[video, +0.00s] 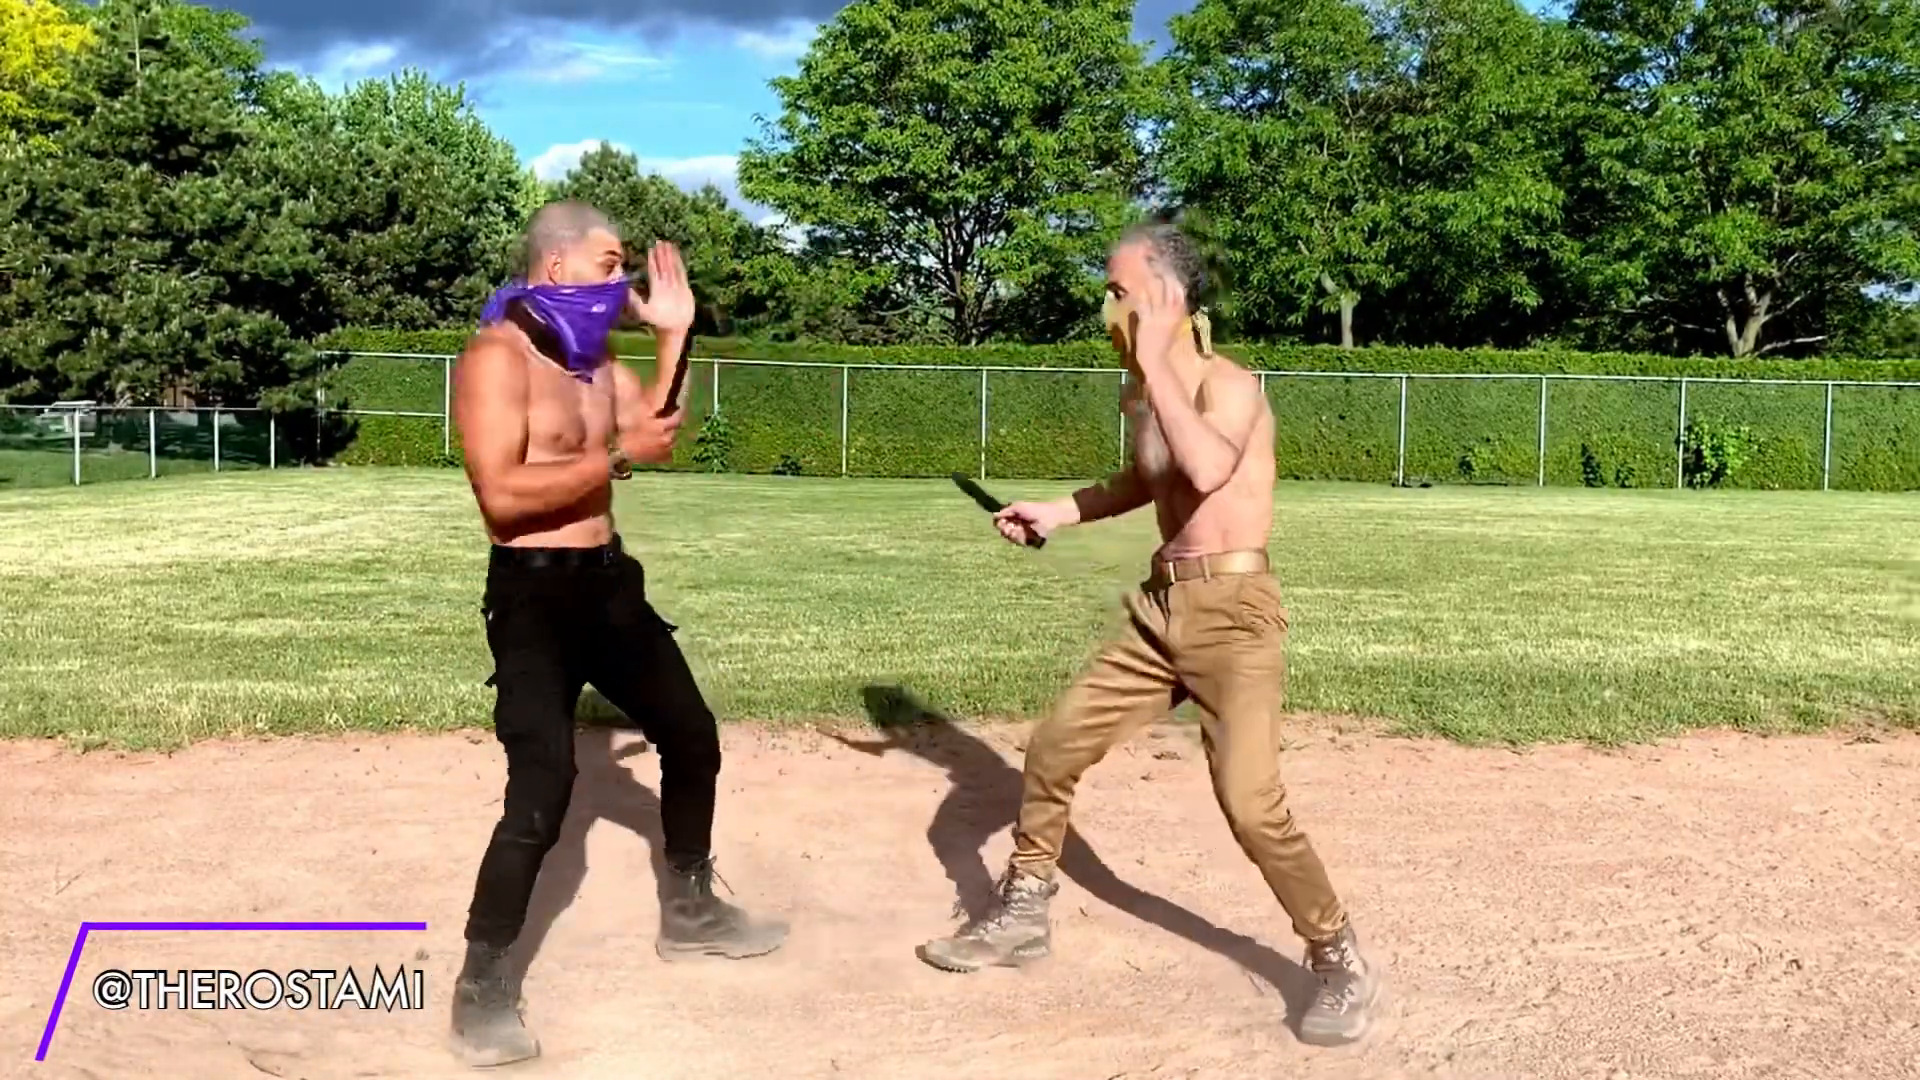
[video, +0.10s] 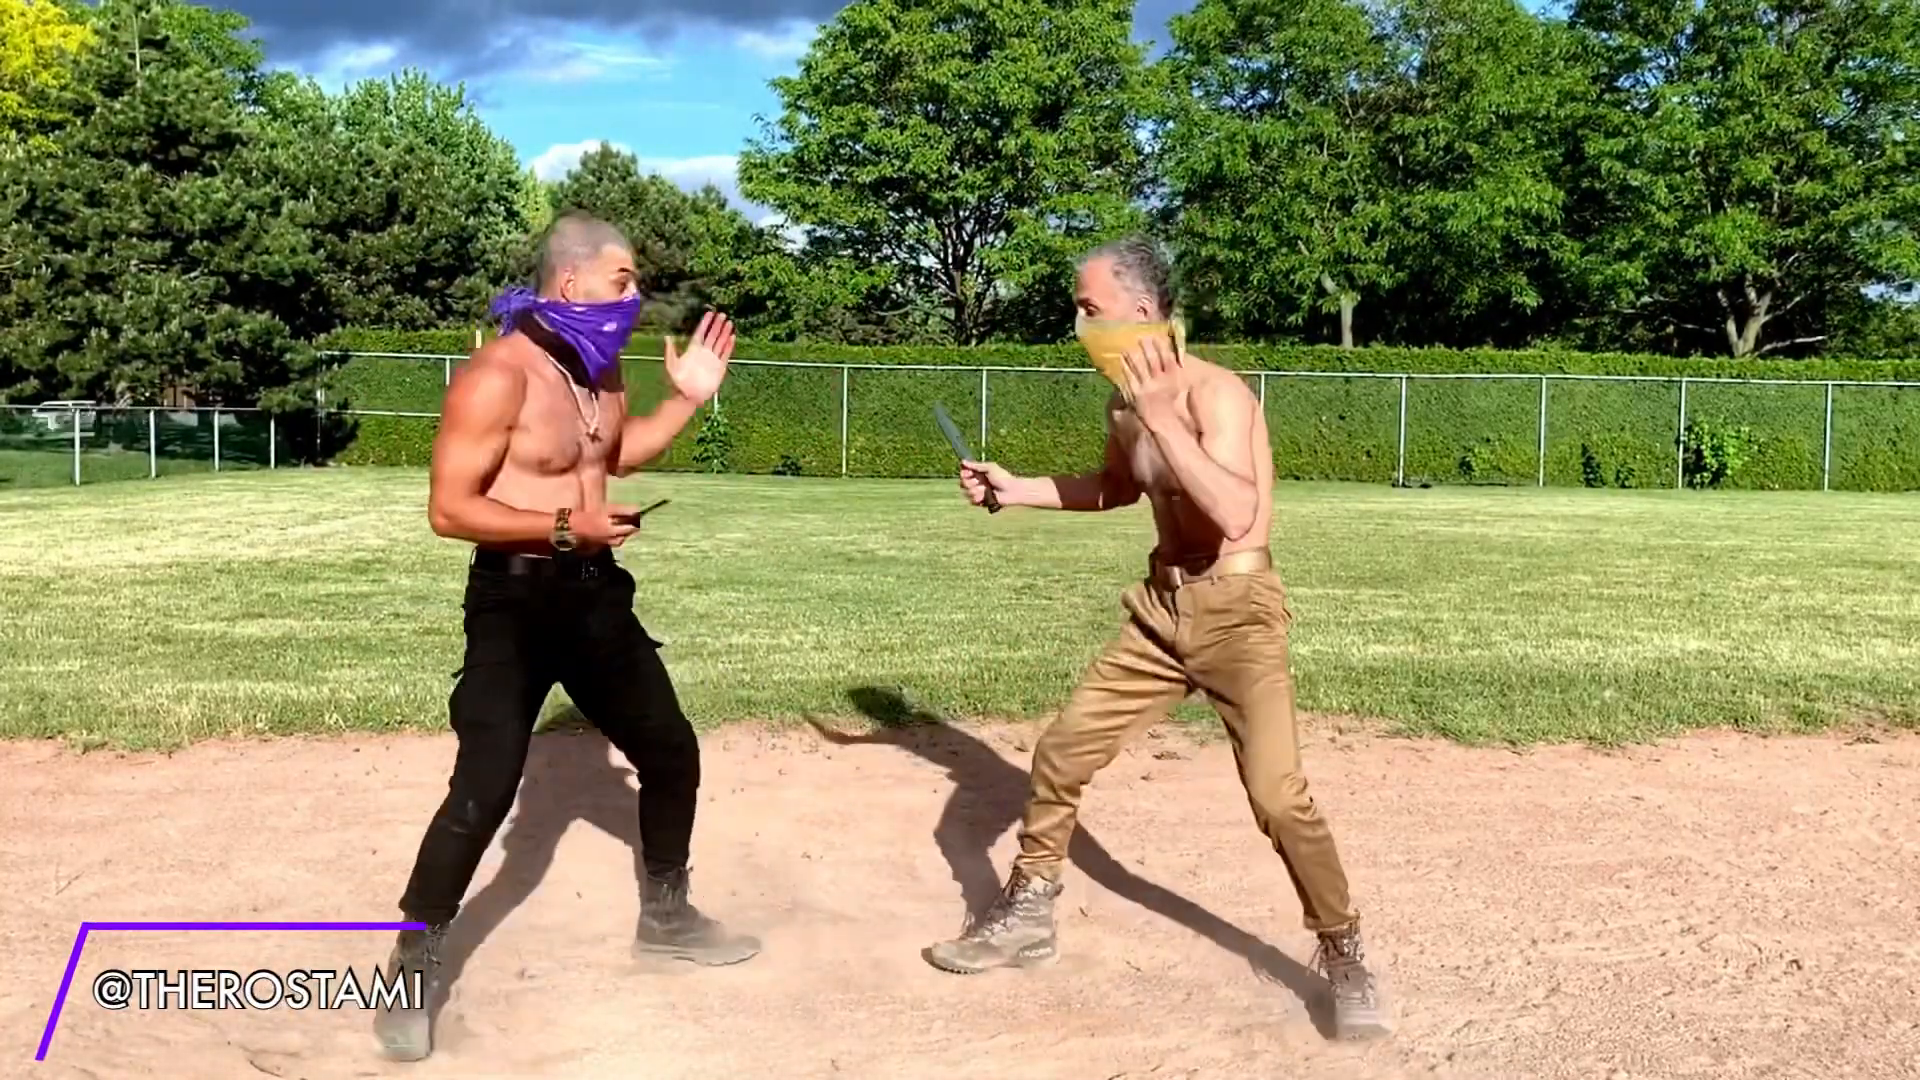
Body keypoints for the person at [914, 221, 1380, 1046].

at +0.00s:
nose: (1112, 309)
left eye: (1122, 293)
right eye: (1111, 296)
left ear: (1170, 293)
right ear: (1144, 297)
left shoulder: (1232, 382)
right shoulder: (1141, 392)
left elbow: (1209, 470)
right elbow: (1142, 483)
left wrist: (1153, 362)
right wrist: (1062, 511)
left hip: (1236, 613)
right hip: (1162, 609)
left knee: (1249, 802)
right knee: (1052, 750)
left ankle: (1339, 962)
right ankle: (1025, 912)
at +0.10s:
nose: (1080, 322)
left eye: (1091, 306)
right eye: (1079, 308)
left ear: (1144, 310)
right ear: (1121, 312)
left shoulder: (1220, 392)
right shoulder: (1129, 407)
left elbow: (1240, 517)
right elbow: (1113, 487)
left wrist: (1162, 422)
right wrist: (1020, 491)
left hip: (1242, 616)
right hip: (1161, 613)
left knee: (1276, 798)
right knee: (1058, 757)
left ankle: (1345, 959)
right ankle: (1029, 917)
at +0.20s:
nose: (1081, 338)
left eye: (1091, 321)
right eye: (1078, 323)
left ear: (1145, 316)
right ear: (1127, 322)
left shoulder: (1220, 402)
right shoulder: (1142, 416)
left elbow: (1220, 535)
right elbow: (1135, 511)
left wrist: (1127, 461)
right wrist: (1035, 509)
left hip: (1240, 623)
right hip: (1163, 615)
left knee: (1279, 809)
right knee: (1056, 755)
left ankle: (1362, 953)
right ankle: (1030, 919)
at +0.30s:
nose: (1093, 345)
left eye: (1102, 327)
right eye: (1088, 330)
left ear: (1154, 320)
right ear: (1118, 329)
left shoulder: (1223, 404)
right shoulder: (1140, 422)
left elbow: (1178, 531)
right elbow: (1153, 535)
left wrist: (1097, 457)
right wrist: (1081, 544)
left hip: (1246, 627)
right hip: (1165, 621)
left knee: (1287, 809)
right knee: (1055, 750)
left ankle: (1365, 953)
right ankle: (1027, 916)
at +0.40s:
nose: (1086, 346)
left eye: (1095, 329)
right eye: (1082, 331)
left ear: (1144, 323)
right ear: (1116, 329)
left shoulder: (1215, 407)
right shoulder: (1126, 426)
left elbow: (1174, 530)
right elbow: (1153, 531)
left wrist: (1094, 456)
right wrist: (1090, 556)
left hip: (1244, 627)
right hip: (1164, 620)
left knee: (1285, 805)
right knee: (1058, 754)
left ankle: (1365, 952)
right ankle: (1020, 908)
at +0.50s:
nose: (1071, 346)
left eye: (1080, 329)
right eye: (1066, 332)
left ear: (1130, 321)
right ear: (1098, 331)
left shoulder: (1201, 404)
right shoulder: (1116, 421)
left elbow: (1165, 525)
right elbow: (1141, 526)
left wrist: (1083, 452)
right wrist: (1075, 552)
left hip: (1231, 625)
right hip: (1148, 619)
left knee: (1280, 802)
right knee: (1042, 750)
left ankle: (1363, 950)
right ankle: (1017, 910)